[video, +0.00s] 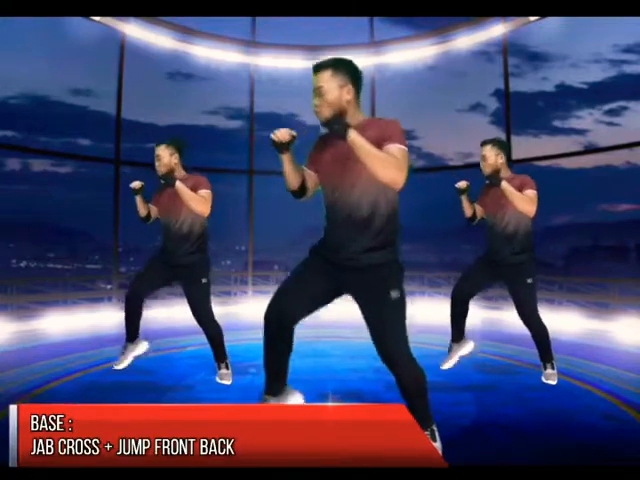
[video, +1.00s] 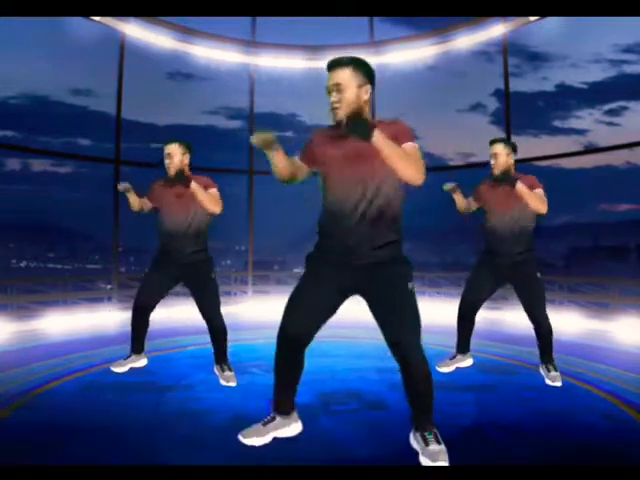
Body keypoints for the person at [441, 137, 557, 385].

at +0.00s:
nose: (481, 162)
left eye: (485, 157)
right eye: (481, 158)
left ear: (500, 157)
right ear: (489, 160)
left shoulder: (523, 182)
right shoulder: (488, 190)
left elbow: (530, 210)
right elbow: (473, 216)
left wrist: (503, 184)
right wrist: (464, 195)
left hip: (519, 262)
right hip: (492, 260)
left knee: (529, 316)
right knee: (460, 294)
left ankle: (548, 364)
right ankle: (458, 342)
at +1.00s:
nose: (494, 161)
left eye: (498, 156)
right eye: (492, 156)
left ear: (512, 157)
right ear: (490, 159)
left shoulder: (529, 183)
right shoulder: (485, 189)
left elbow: (542, 208)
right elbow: (466, 209)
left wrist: (517, 184)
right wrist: (457, 195)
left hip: (522, 262)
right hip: (491, 262)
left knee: (539, 317)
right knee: (467, 306)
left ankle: (548, 364)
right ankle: (462, 354)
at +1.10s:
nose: (489, 163)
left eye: (494, 158)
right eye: (487, 158)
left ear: (508, 159)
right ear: (487, 161)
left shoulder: (524, 185)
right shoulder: (479, 183)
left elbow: (533, 214)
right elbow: (447, 189)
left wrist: (510, 188)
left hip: (518, 263)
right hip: (488, 262)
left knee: (535, 314)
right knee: (463, 305)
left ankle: (548, 364)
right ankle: (461, 355)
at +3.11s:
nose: (488, 158)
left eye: (493, 153)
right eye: (487, 154)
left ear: (509, 153)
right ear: (489, 157)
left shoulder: (529, 178)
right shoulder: (490, 185)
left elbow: (536, 209)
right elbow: (477, 212)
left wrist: (506, 185)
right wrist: (466, 197)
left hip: (524, 264)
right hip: (493, 262)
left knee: (538, 322)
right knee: (465, 304)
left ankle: (549, 369)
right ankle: (463, 353)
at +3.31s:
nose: (492, 158)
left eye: (496, 153)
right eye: (490, 153)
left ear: (511, 154)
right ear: (489, 156)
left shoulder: (530, 181)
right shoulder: (485, 178)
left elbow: (530, 212)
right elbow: (451, 184)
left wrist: (507, 184)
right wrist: (424, 168)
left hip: (522, 264)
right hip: (492, 261)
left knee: (538, 321)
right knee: (465, 306)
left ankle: (550, 370)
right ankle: (466, 356)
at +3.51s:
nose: (479, 160)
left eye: (483, 155)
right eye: (478, 155)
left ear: (496, 157)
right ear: (482, 158)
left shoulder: (502, 183)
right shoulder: (489, 180)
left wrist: (468, 181)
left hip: (503, 259)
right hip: (486, 257)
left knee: (510, 315)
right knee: (464, 301)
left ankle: (554, 362)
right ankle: (466, 356)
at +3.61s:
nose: (479, 161)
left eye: (482, 156)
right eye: (478, 157)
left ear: (494, 157)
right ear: (492, 158)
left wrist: (423, 171)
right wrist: (427, 171)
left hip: (500, 260)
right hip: (489, 258)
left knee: (509, 317)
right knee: (462, 301)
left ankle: (555, 362)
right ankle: (465, 357)